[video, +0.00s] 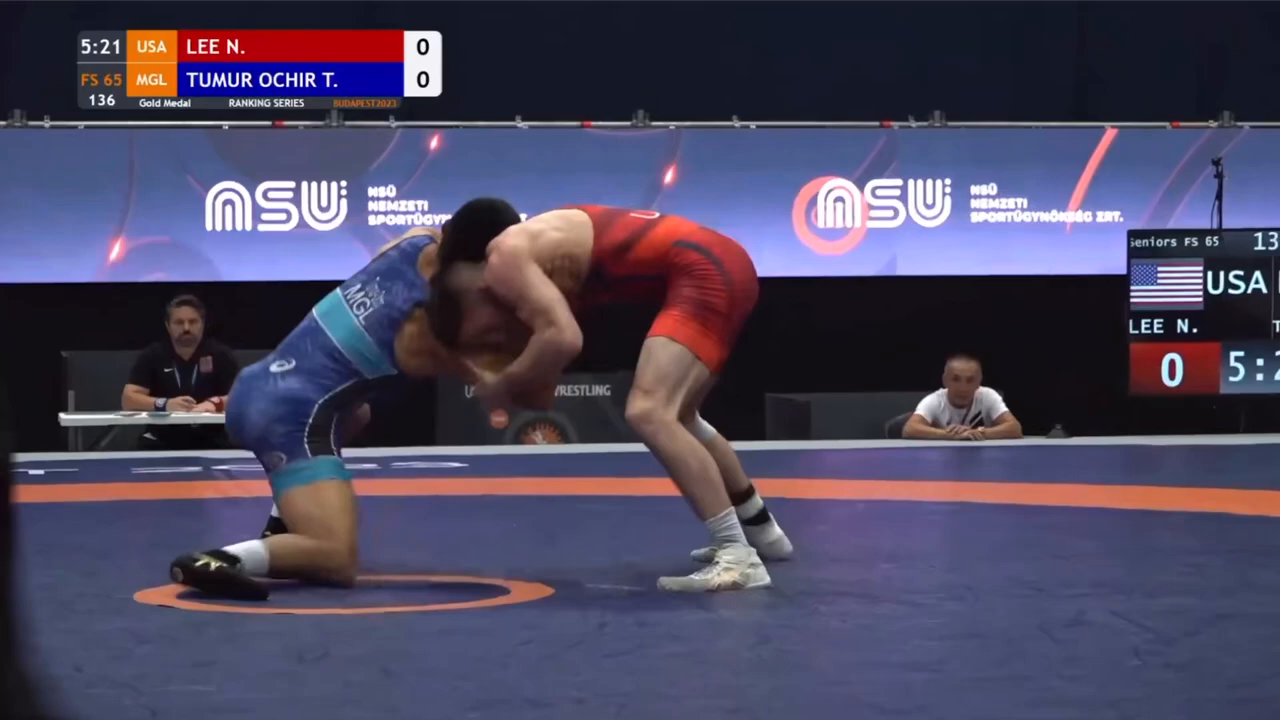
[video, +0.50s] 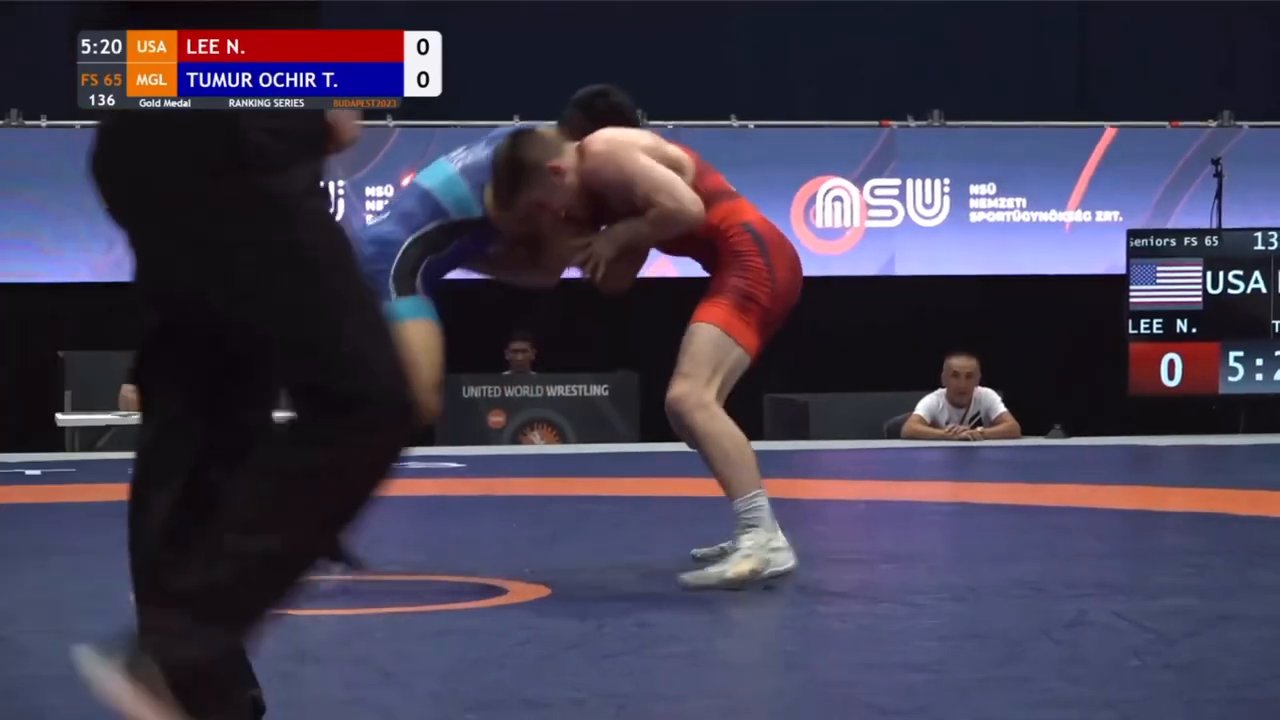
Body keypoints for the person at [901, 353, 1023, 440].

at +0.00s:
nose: (963, 387)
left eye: (970, 381)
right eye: (956, 380)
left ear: (979, 381)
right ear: (944, 380)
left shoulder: (988, 397)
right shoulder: (933, 401)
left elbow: (1014, 429)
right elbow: (910, 430)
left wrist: (976, 433)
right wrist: (953, 435)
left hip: (981, 463)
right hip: (941, 464)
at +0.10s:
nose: (964, 386)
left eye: (971, 380)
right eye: (957, 379)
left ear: (980, 380)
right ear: (945, 379)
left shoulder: (989, 397)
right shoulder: (934, 401)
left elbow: (1015, 430)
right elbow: (911, 430)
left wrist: (977, 433)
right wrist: (953, 435)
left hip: (982, 463)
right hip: (942, 464)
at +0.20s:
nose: (964, 385)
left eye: (971, 378)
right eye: (957, 378)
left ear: (980, 380)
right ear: (945, 379)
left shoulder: (989, 397)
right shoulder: (934, 401)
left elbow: (1015, 430)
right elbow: (911, 430)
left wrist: (977, 433)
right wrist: (953, 435)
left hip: (982, 463)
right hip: (942, 464)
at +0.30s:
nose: (963, 384)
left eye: (970, 378)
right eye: (956, 377)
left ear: (979, 379)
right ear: (945, 379)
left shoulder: (989, 397)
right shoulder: (934, 400)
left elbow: (1015, 429)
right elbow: (910, 429)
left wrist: (976, 433)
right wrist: (953, 434)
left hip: (982, 463)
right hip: (942, 464)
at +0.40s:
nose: (963, 384)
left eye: (970, 377)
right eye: (956, 377)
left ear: (979, 379)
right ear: (945, 378)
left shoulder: (988, 397)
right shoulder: (934, 400)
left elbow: (1015, 429)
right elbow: (910, 430)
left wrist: (977, 433)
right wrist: (952, 435)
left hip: (981, 463)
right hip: (941, 464)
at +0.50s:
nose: (962, 383)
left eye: (969, 377)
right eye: (955, 376)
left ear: (978, 379)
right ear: (943, 378)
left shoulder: (987, 397)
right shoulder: (932, 400)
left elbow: (1013, 429)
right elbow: (909, 430)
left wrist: (975, 433)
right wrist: (951, 435)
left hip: (980, 463)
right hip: (940, 464)